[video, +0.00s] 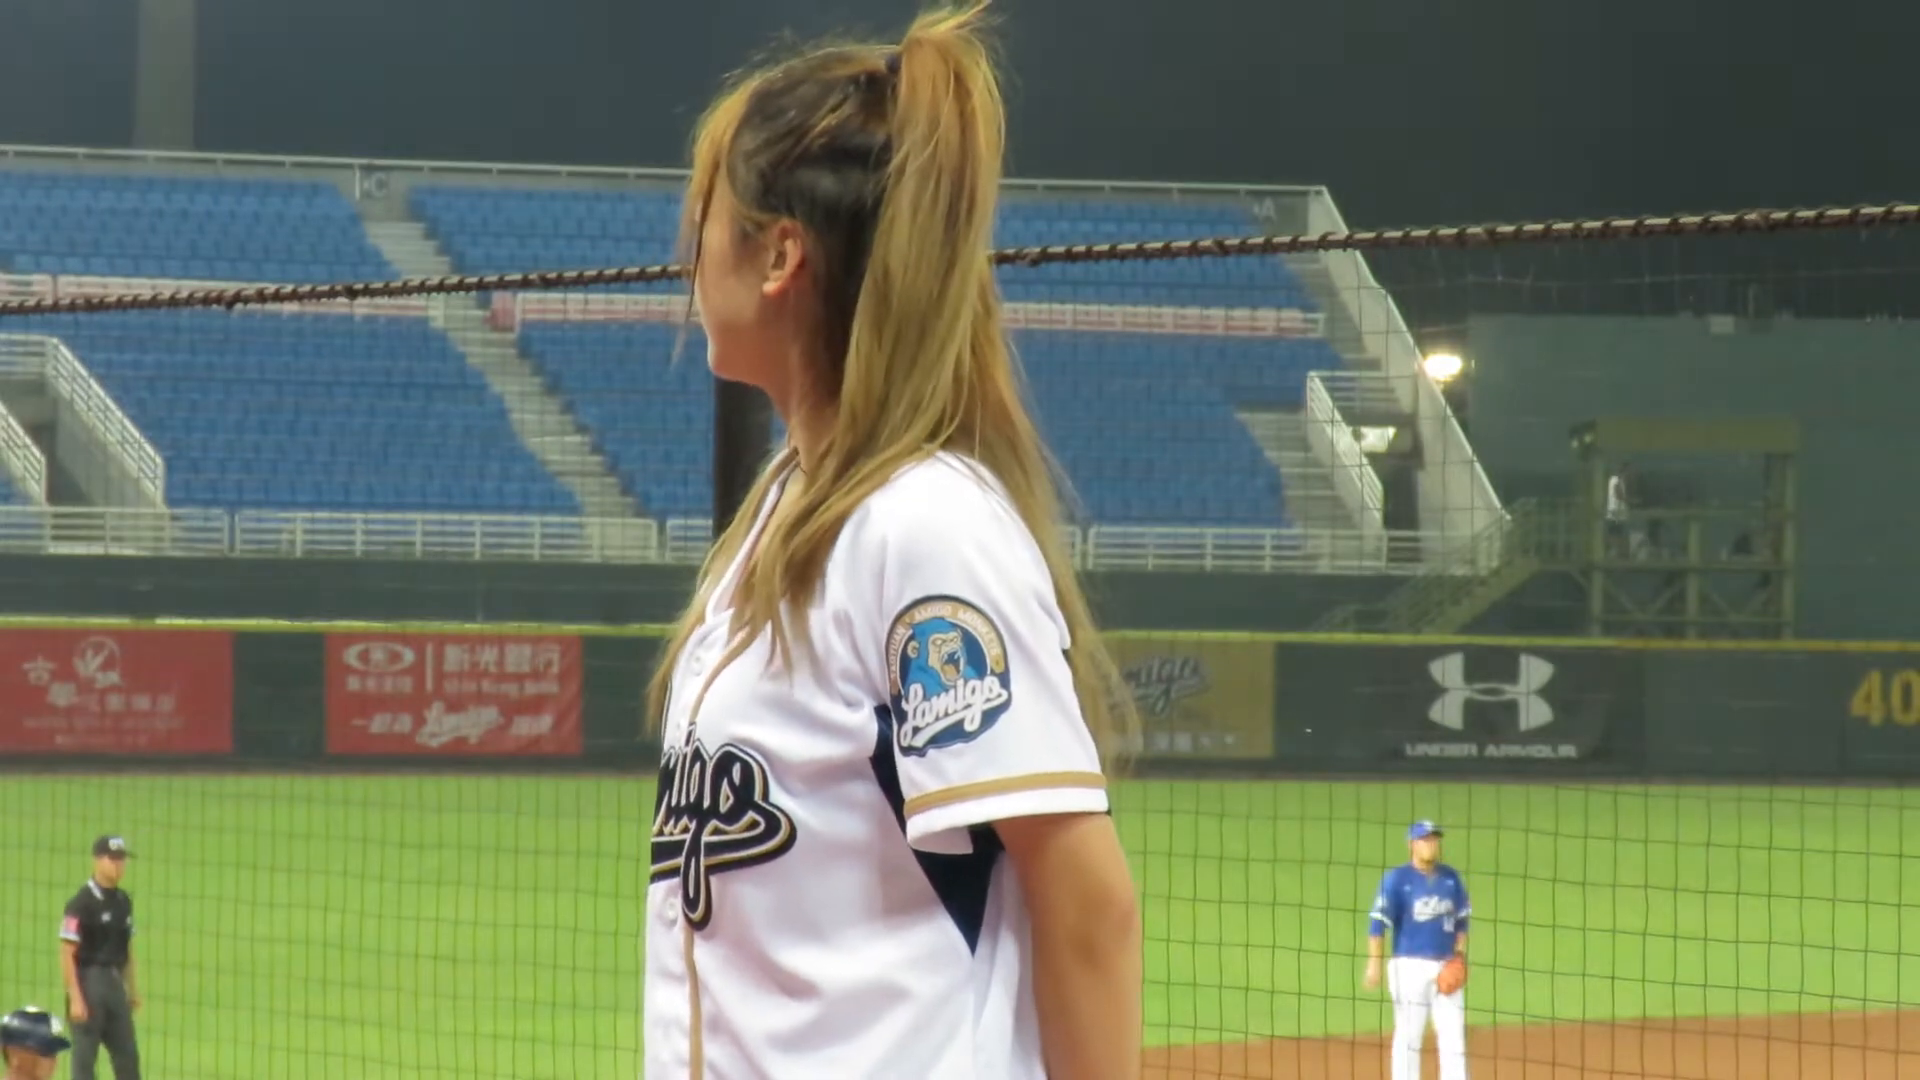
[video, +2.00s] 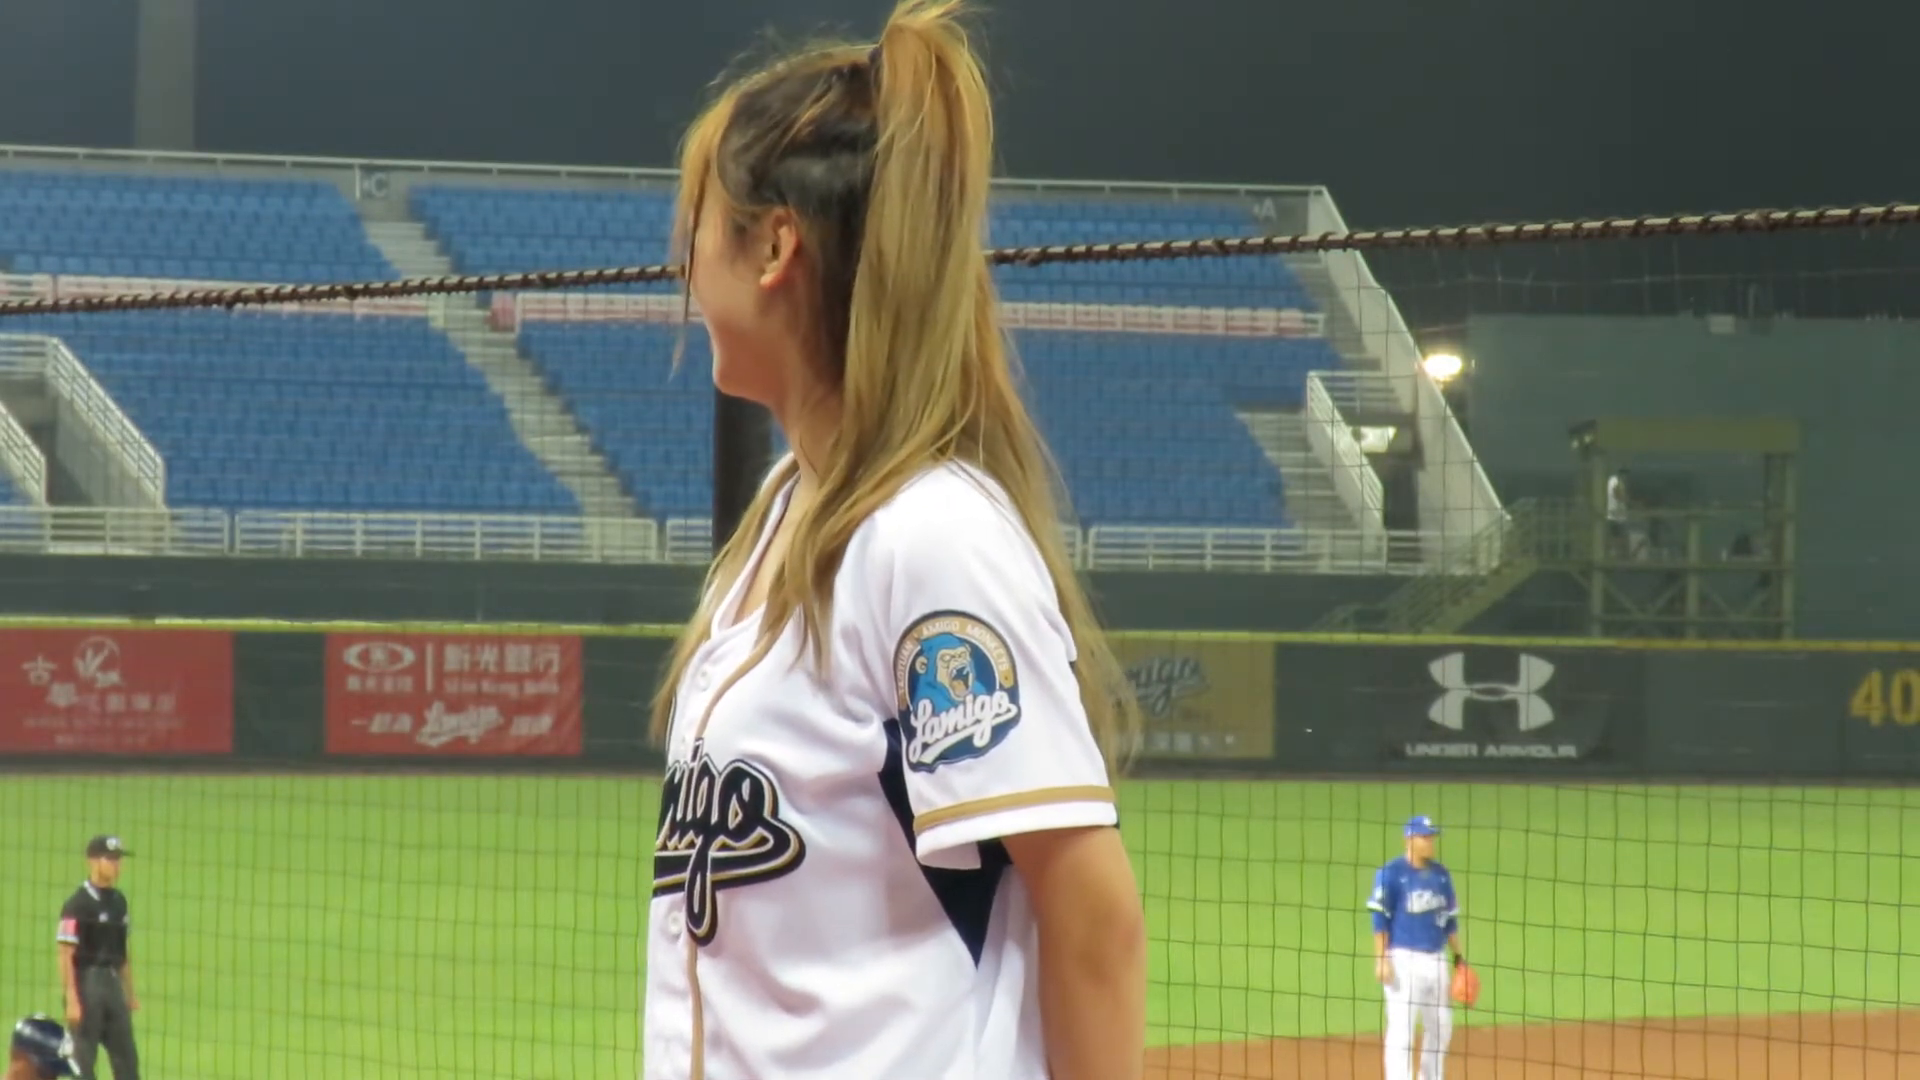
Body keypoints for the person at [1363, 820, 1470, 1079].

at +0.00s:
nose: (1431, 845)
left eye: (1434, 839)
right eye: (1425, 840)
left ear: (1439, 843)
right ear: (1412, 844)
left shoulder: (1451, 878)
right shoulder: (1396, 879)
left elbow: (1462, 921)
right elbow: (1378, 922)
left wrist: (1459, 956)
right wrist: (1374, 963)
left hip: (1446, 965)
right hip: (1409, 966)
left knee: (1453, 1041)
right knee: (1408, 1039)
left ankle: (1455, 1078)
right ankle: (1405, 1077)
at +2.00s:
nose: (1429, 843)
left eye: (1431, 837)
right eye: (1424, 838)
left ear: (1434, 840)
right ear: (1410, 840)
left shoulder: (1440, 874)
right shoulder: (1390, 873)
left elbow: (1450, 921)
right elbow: (1379, 918)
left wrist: (1459, 958)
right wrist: (1382, 957)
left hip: (1436, 959)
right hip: (1403, 958)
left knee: (1440, 1028)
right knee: (1401, 1030)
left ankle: (1430, 1076)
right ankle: (1398, 1076)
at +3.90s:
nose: (1393, 841)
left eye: (1396, 836)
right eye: (1387, 836)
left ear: (1401, 838)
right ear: (1376, 840)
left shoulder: (1412, 871)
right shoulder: (1363, 873)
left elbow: (1421, 921)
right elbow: (1354, 918)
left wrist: (1431, 958)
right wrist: (1358, 956)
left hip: (1410, 960)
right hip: (1376, 959)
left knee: (1422, 1035)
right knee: (1368, 1035)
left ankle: (1425, 1077)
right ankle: (1362, 1077)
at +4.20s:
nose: (1380, 844)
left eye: (1383, 839)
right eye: (1374, 839)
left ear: (1388, 840)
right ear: (1362, 841)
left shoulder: (1397, 869)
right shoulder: (1349, 874)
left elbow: (1407, 916)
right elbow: (1338, 918)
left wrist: (1418, 950)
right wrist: (1341, 958)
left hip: (1397, 958)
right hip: (1364, 958)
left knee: (1407, 1025)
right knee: (1364, 1029)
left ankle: (1399, 1075)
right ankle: (1359, 1075)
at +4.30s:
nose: (1380, 845)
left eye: (1382, 839)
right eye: (1373, 840)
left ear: (1386, 840)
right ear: (1361, 841)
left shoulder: (1395, 868)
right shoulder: (1347, 873)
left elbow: (1405, 915)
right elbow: (1336, 917)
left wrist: (1415, 948)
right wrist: (1340, 956)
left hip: (1395, 957)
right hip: (1362, 957)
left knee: (1400, 1025)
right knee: (1363, 1027)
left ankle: (1381, 1074)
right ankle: (1361, 1075)